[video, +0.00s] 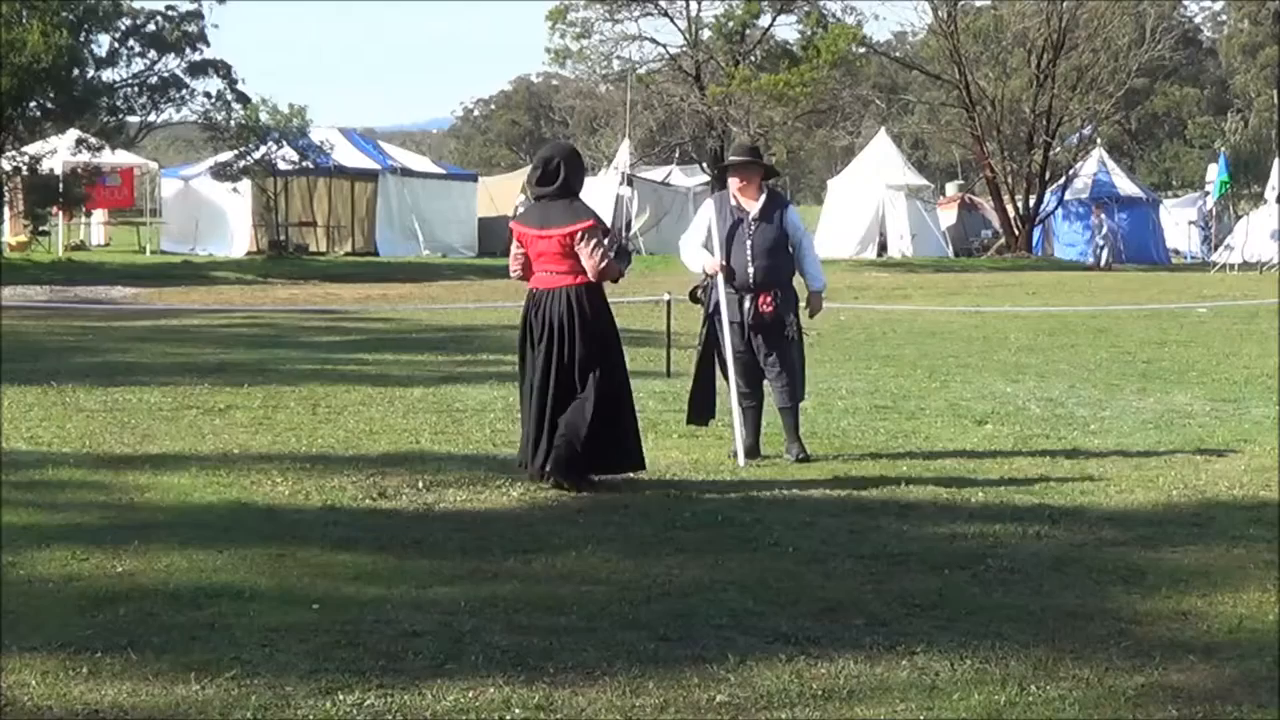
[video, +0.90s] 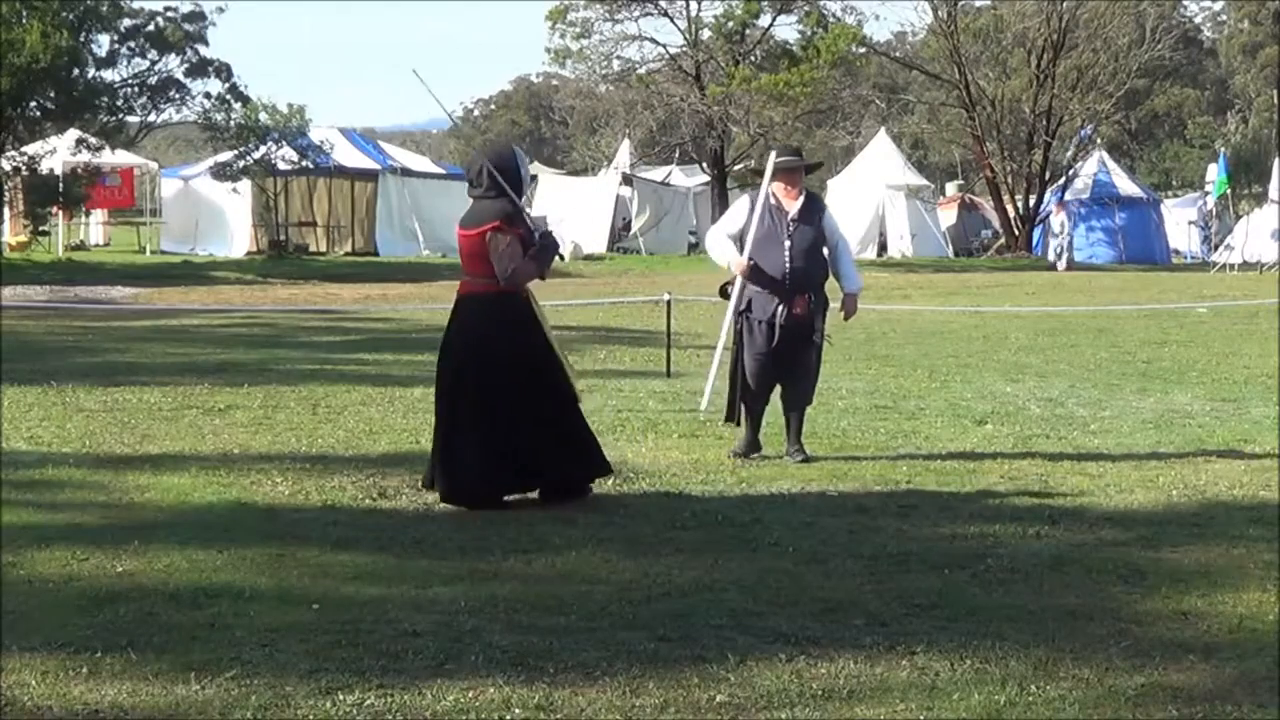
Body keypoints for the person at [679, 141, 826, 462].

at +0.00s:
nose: (737, 176)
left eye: (744, 170)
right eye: (732, 170)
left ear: (760, 173)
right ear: (726, 175)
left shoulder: (782, 209)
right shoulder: (714, 207)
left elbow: (804, 247)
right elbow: (688, 244)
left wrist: (816, 287)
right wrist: (704, 261)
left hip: (774, 301)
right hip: (730, 301)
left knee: (783, 373)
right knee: (742, 379)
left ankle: (793, 441)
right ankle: (748, 444)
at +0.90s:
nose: (789, 181)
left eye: (795, 174)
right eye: (782, 176)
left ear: (804, 175)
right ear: (770, 178)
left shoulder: (817, 208)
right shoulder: (751, 204)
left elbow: (839, 247)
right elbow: (716, 236)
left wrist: (851, 289)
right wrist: (733, 258)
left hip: (805, 306)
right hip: (760, 302)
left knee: (800, 379)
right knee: (754, 376)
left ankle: (794, 442)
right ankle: (750, 437)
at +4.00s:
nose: (582, 174)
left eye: (585, 167)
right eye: (573, 169)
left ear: (592, 168)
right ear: (558, 174)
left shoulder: (604, 202)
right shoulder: (541, 204)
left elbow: (625, 246)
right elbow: (512, 251)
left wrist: (637, 225)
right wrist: (514, 279)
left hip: (605, 308)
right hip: (561, 310)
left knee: (614, 386)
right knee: (563, 390)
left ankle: (629, 461)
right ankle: (563, 462)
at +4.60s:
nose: (533, 173)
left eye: (538, 166)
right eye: (525, 168)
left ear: (547, 169)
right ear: (511, 172)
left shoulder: (558, 204)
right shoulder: (495, 205)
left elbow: (577, 255)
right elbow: (468, 249)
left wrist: (585, 229)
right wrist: (462, 285)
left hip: (558, 306)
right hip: (514, 306)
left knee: (551, 388)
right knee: (509, 385)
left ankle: (543, 461)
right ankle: (488, 448)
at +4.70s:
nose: (521, 174)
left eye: (527, 167)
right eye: (513, 169)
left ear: (537, 169)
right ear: (502, 173)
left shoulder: (551, 205)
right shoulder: (484, 205)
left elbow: (574, 257)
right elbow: (458, 248)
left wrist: (580, 233)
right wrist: (448, 288)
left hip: (547, 306)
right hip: (504, 305)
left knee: (540, 385)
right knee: (504, 382)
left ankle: (530, 462)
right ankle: (488, 449)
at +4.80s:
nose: (508, 175)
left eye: (513, 168)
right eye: (500, 170)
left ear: (524, 170)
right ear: (489, 174)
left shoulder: (538, 207)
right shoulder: (471, 205)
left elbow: (560, 258)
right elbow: (443, 247)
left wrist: (565, 236)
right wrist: (428, 285)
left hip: (533, 306)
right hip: (491, 307)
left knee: (529, 383)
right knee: (497, 383)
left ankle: (512, 460)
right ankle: (496, 460)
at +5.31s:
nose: (457, 175)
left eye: (462, 167)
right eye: (449, 170)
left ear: (471, 168)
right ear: (435, 174)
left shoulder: (480, 204)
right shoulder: (421, 208)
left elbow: (501, 256)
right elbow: (395, 252)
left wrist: (514, 243)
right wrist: (386, 291)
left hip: (484, 308)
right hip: (446, 309)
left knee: (468, 388)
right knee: (459, 389)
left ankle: (446, 463)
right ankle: (459, 470)